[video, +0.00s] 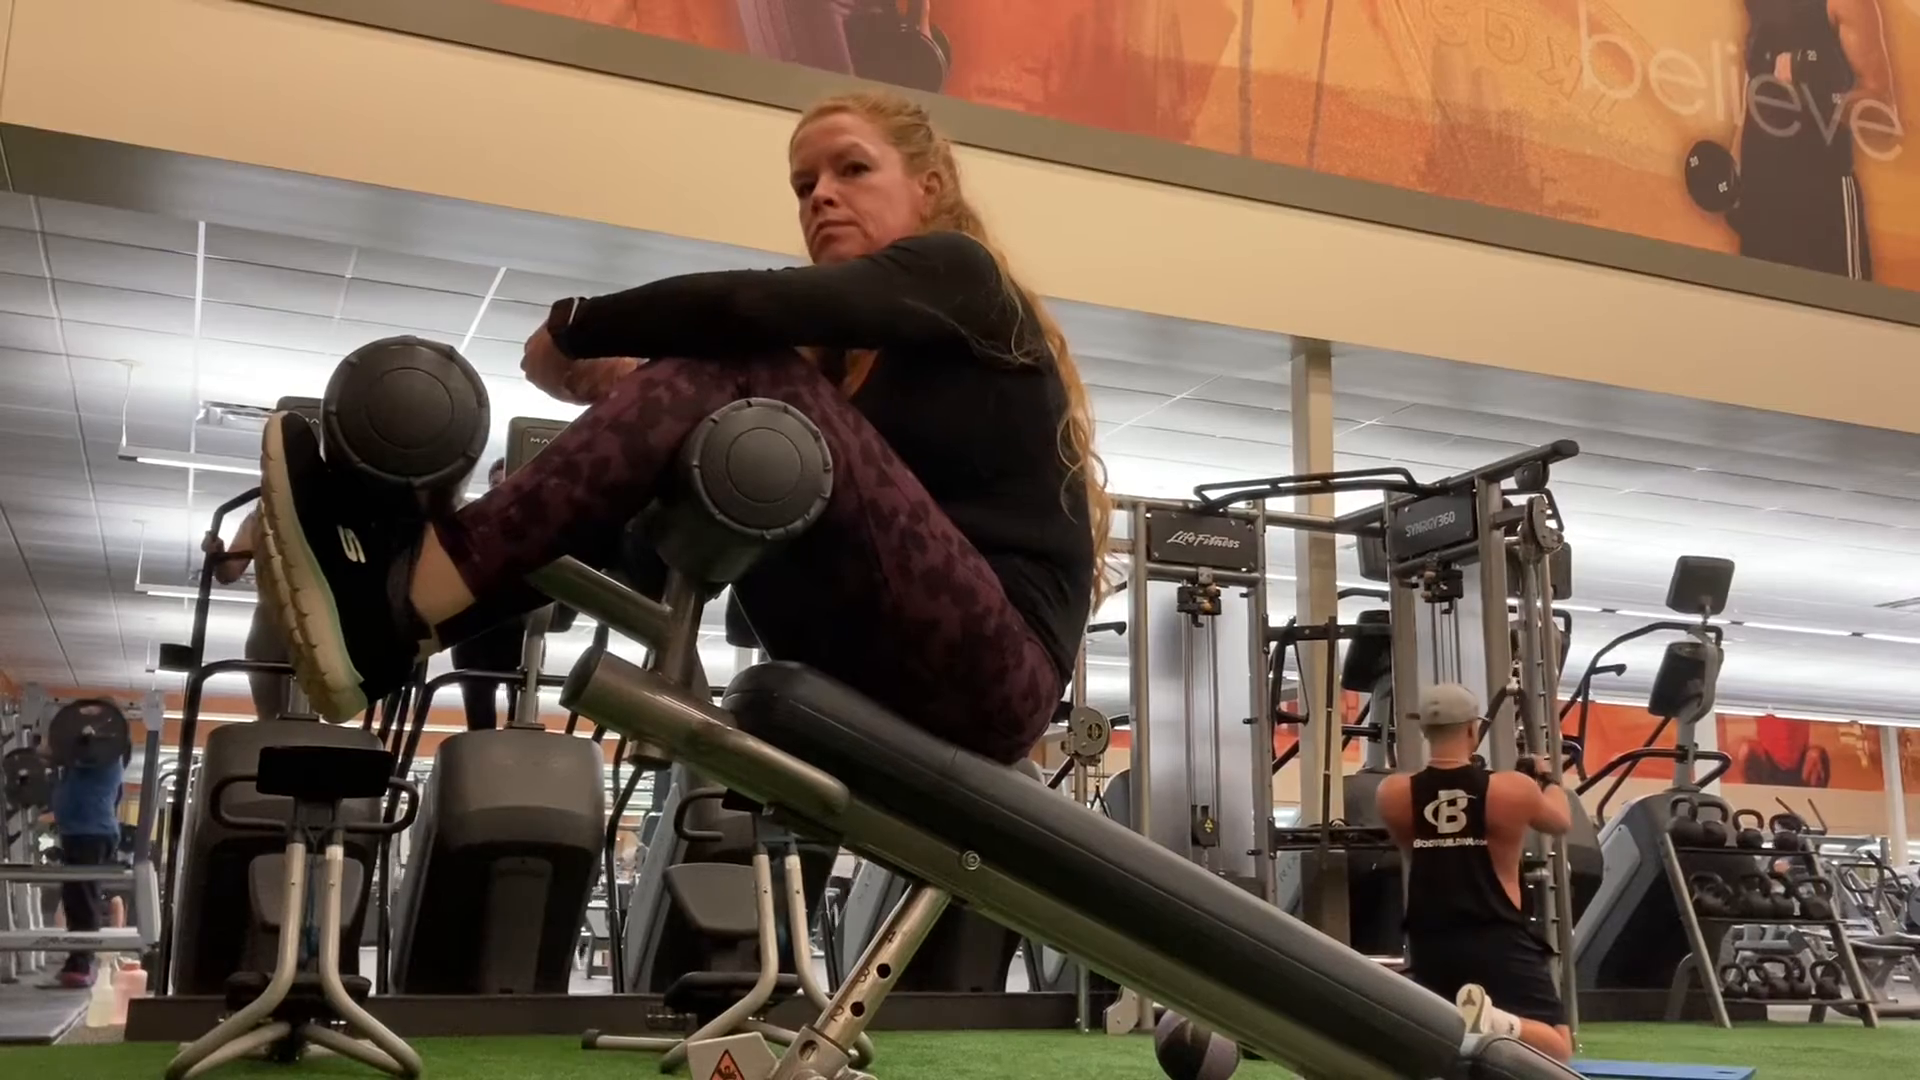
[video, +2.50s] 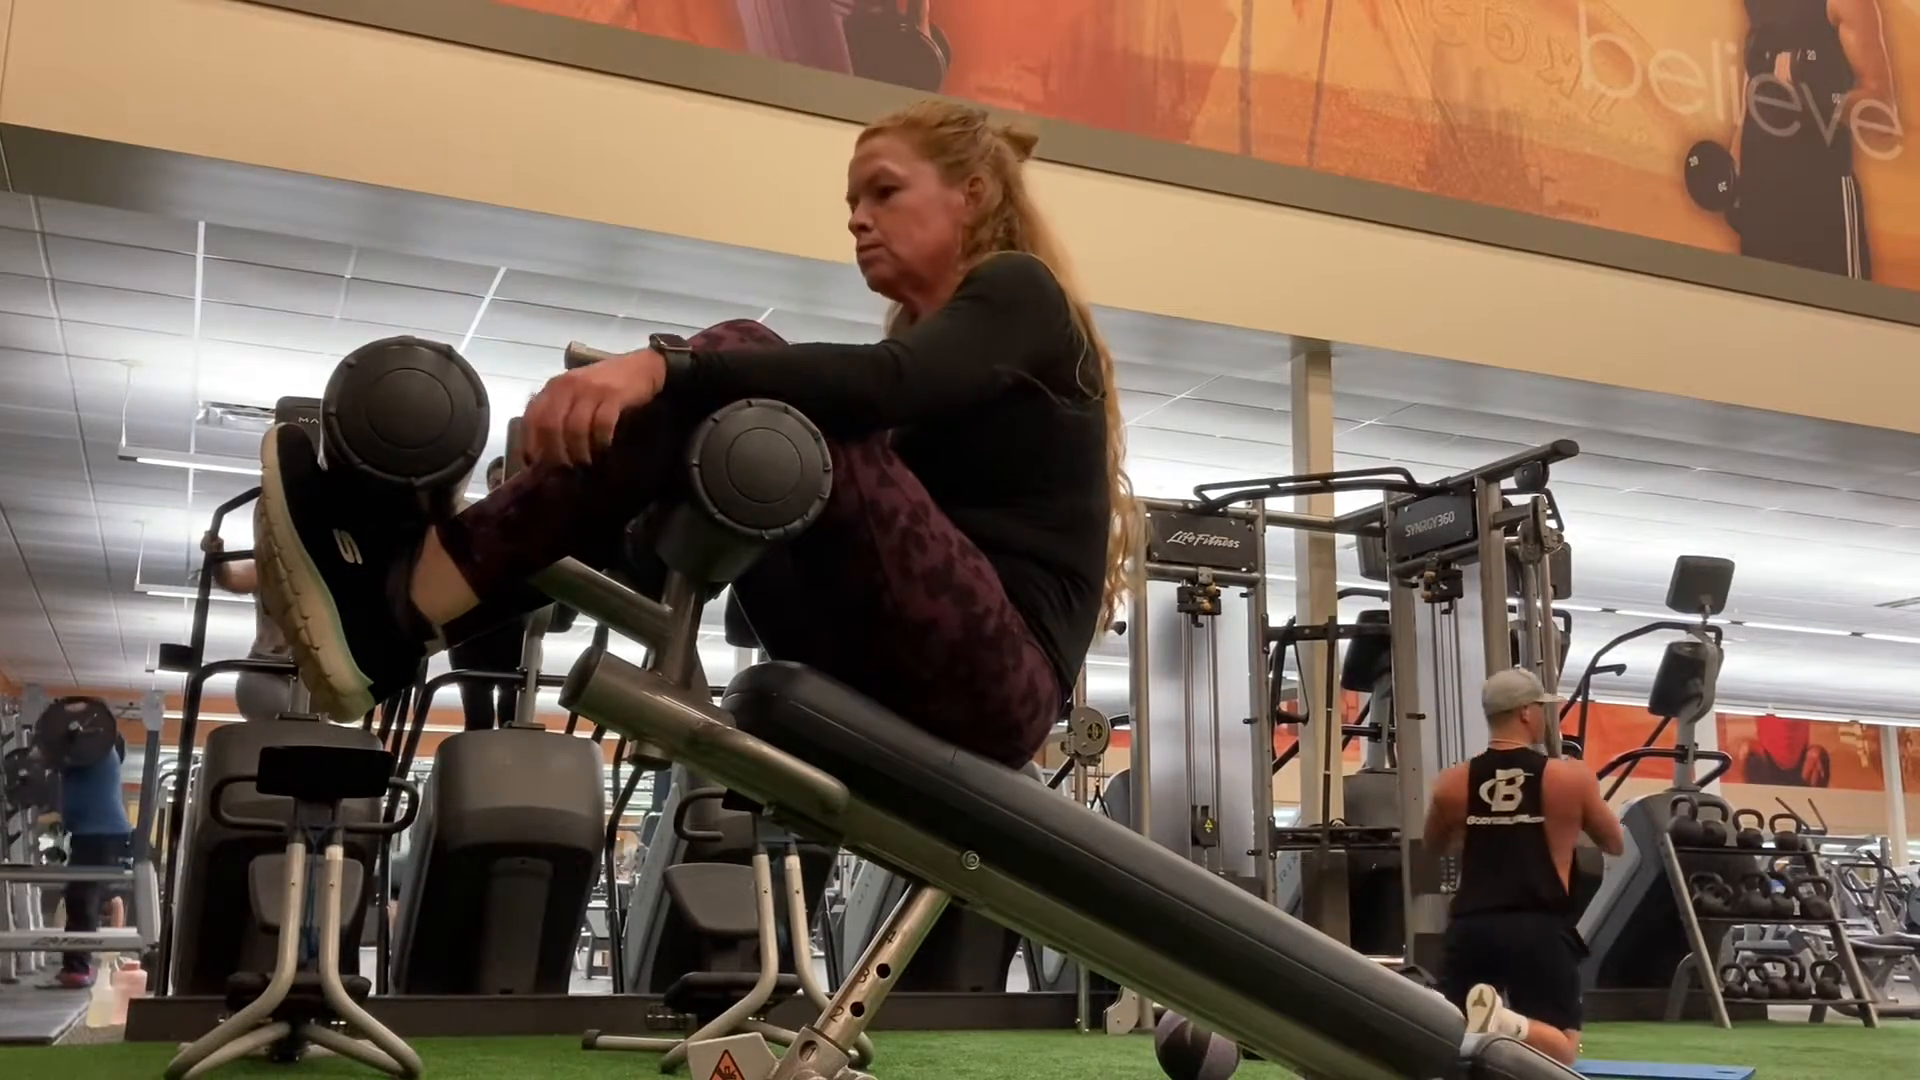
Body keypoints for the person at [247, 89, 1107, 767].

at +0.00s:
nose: (822, 199)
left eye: (852, 171)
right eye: (806, 185)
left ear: (930, 184)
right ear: (797, 211)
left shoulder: (961, 272)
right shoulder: (849, 333)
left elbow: (761, 304)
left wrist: (569, 333)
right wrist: (635, 386)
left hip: (989, 668)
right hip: (875, 659)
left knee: (764, 364)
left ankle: (426, 589)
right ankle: (409, 592)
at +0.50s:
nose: (814, 222)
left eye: (839, 191)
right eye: (807, 204)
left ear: (927, 186)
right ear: (808, 214)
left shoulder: (974, 281)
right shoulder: (866, 325)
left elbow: (775, 318)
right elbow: (769, 375)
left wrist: (555, 308)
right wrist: (613, 389)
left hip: (992, 671)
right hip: (889, 656)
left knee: (775, 379)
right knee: (723, 393)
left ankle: (429, 589)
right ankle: (415, 598)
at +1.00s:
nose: (835, 223)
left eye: (862, 196)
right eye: (835, 205)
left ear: (953, 199)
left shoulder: (995, 292)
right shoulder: (897, 345)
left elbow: (827, 373)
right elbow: (765, 416)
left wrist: (592, 369)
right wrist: (554, 480)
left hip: (991, 677)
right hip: (900, 659)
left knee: (764, 359)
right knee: (731, 381)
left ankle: (422, 602)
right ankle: (411, 600)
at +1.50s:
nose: (880, 212)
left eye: (911, 186)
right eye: (871, 198)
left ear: (989, 204)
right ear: (870, 228)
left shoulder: (1010, 284)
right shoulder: (891, 344)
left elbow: (859, 371)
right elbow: (772, 377)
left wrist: (654, 388)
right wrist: (663, 399)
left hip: (992, 677)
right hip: (869, 652)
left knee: (783, 401)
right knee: (735, 354)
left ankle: (425, 600)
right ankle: (414, 596)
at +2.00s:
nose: (855, 232)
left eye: (882, 202)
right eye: (851, 213)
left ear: (970, 200)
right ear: (864, 227)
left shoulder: (1015, 291)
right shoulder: (908, 344)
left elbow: (863, 370)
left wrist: (647, 392)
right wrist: (669, 400)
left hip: (994, 677)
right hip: (880, 653)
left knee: (776, 378)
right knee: (739, 354)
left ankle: (421, 602)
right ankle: (411, 596)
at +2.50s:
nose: (857, 227)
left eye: (884, 197)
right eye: (855, 209)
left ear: (974, 196)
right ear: (876, 227)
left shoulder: (1022, 294)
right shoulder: (916, 344)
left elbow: (885, 385)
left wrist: (664, 369)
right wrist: (634, 378)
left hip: (993, 677)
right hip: (883, 652)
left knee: (761, 365)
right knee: (738, 357)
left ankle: (426, 597)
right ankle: (414, 592)